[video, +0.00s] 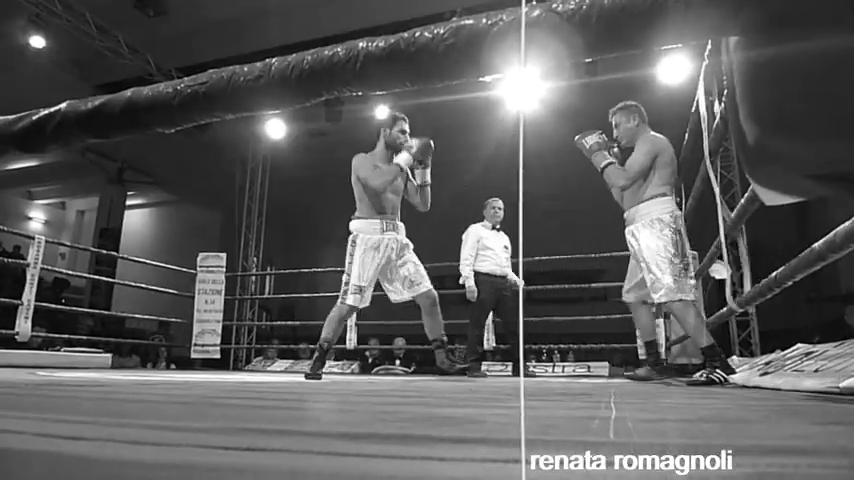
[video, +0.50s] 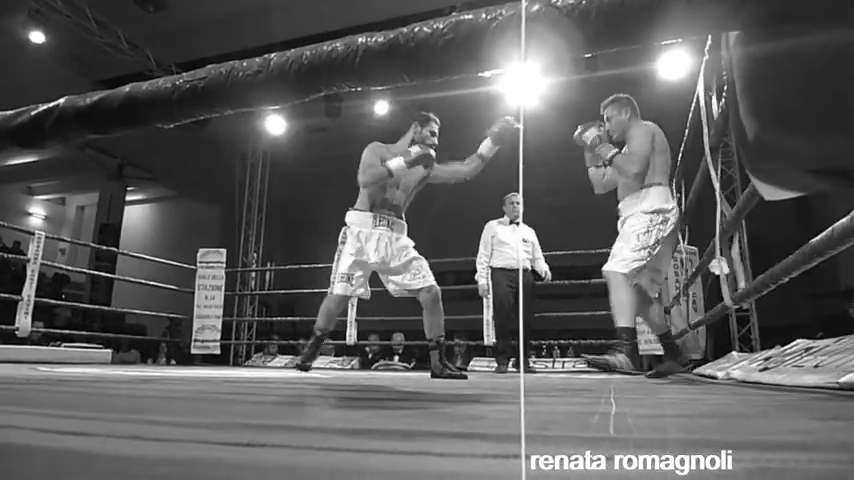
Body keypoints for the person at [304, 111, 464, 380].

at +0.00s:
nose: (406, 139)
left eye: (408, 134)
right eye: (402, 132)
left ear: (404, 139)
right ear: (384, 133)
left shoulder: (401, 171)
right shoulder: (361, 161)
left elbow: (422, 205)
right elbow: (377, 183)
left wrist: (424, 171)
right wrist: (405, 159)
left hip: (397, 240)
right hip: (366, 240)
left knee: (429, 297)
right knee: (348, 304)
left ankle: (443, 358)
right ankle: (318, 361)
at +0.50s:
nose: (435, 141)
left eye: (437, 136)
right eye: (432, 133)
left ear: (431, 138)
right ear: (414, 130)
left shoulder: (425, 169)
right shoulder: (377, 150)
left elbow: (465, 170)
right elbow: (365, 180)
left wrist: (494, 139)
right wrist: (405, 161)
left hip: (396, 238)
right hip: (360, 234)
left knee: (431, 294)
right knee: (339, 295)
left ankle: (438, 362)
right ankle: (312, 348)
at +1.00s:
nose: (382, 105)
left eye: (385, 101)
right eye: (376, 98)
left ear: (384, 111)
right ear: (357, 101)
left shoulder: (382, 146)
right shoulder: (330, 132)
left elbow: (406, 187)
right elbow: (356, 140)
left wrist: (424, 157)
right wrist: (384, 106)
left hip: (377, 227)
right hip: (338, 226)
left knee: (408, 282)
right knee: (310, 303)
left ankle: (425, 359)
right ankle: (272, 359)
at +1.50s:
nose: (399, 90)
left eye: (406, 83)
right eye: (392, 83)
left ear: (416, 88)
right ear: (380, 88)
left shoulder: (427, 117)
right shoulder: (368, 126)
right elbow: (336, 171)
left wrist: (436, 136)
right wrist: (340, 128)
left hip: (426, 207)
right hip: (387, 215)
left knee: (432, 269)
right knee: (366, 300)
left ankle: (467, 359)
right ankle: (376, 359)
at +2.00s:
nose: (365, 99)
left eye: (368, 96)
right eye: (357, 93)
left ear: (372, 106)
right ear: (340, 100)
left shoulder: (381, 140)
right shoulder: (319, 138)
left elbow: (396, 194)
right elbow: (305, 183)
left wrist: (397, 163)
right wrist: (329, 156)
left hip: (368, 224)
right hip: (328, 223)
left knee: (378, 297)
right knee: (316, 297)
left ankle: (388, 361)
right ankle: (321, 365)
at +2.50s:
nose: (357, 86)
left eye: (365, 81)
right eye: (350, 79)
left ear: (376, 87)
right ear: (338, 82)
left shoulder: (383, 122)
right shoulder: (316, 112)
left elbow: (401, 179)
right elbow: (289, 151)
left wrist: (406, 138)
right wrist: (315, 110)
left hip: (358, 207)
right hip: (316, 207)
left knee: (366, 268)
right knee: (289, 296)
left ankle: (372, 356)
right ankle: (315, 347)